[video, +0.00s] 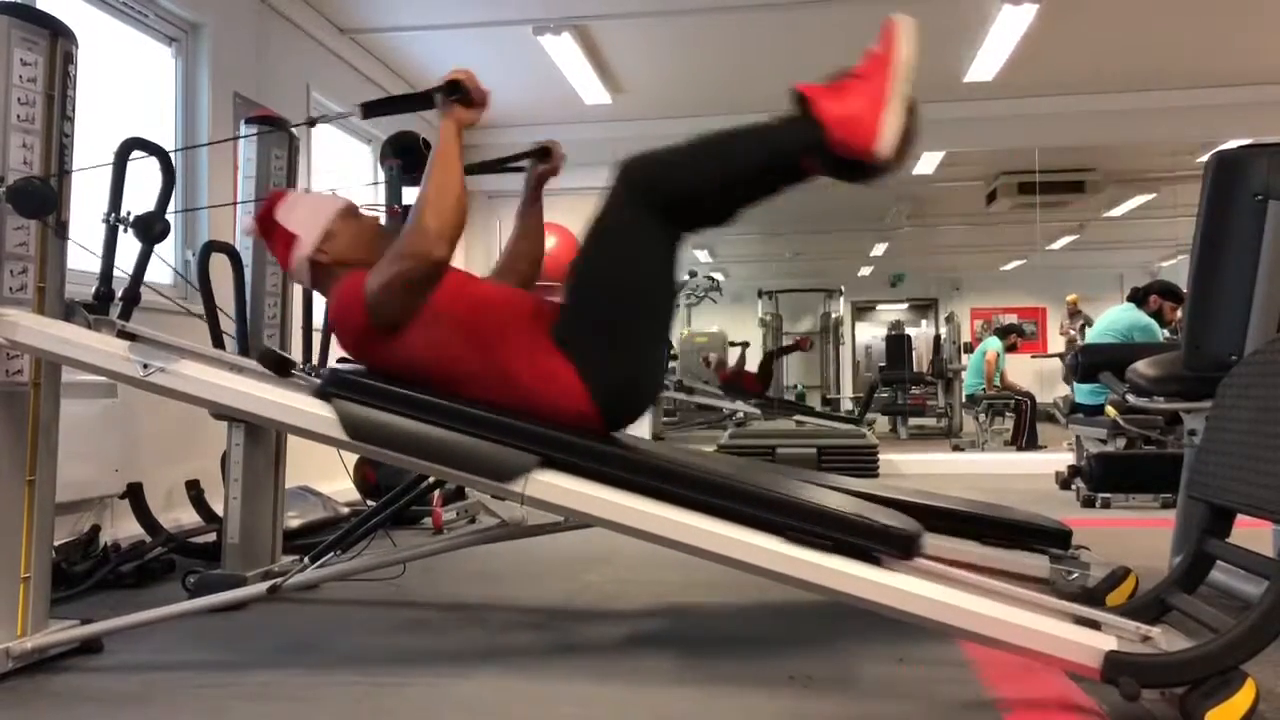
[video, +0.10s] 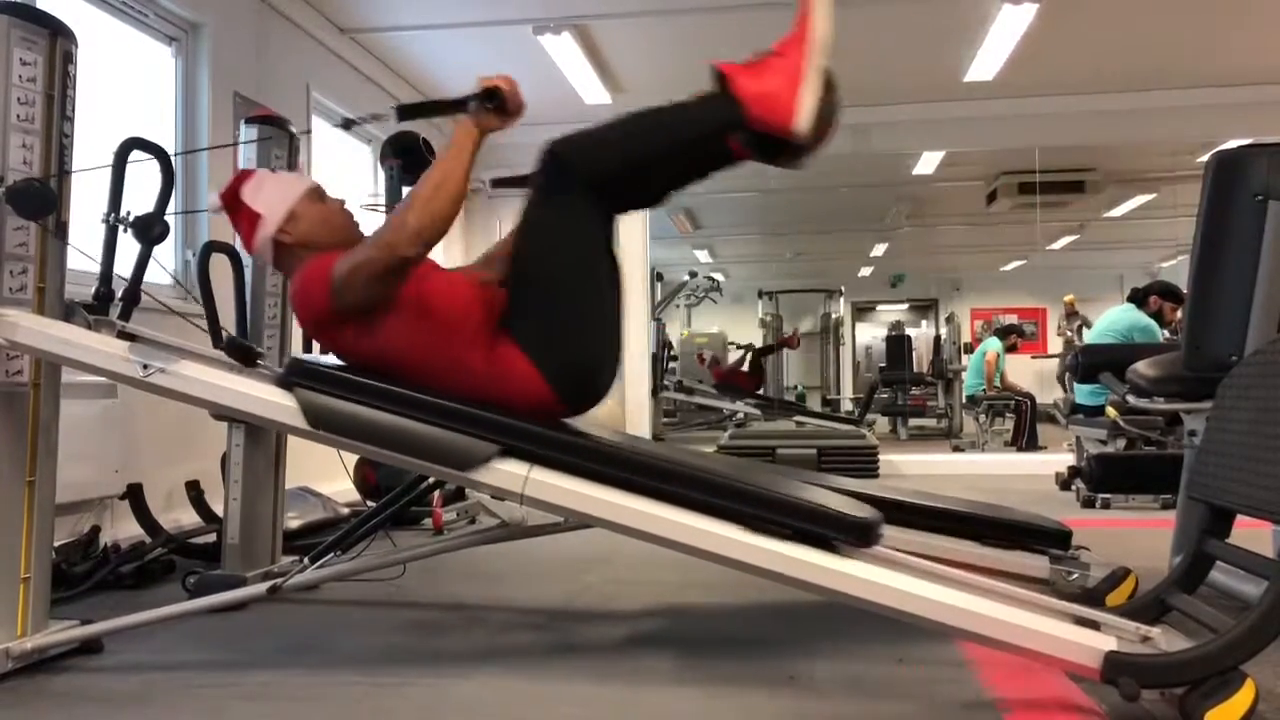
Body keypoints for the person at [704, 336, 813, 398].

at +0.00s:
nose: (720, 357)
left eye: (718, 356)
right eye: (718, 357)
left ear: (716, 366)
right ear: (717, 365)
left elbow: (739, 366)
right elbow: (739, 367)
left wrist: (742, 350)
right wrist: (743, 350)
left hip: (758, 384)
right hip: (760, 386)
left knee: (769, 356)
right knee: (769, 356)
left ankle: (797, 345)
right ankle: (798, 346)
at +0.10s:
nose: (719, 360)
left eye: (717, 358)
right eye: (716, 359)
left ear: (710, 365)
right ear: (714, 363)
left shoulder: (720, 373)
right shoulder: (720, 374)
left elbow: (736, 366)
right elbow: (736, 365)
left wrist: (745, 352)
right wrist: (745, 352)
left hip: (752, 382)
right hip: (754, 382)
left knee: (756, 353)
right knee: (757, 354)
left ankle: (785, 343)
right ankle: (786, 343)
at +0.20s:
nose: (714, 362)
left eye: (713, 361)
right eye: (712, 361)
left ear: (706, 364)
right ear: (710, 362)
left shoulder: (717, 373)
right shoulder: (717, 373)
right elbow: (735, 364)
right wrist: (743, 362)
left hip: (746, 380)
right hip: (748, 381)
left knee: (747, 352)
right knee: (748, 352)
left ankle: (775, 341)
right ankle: (776, 341)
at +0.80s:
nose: (714, 353)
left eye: (711, 351)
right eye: (711, 352)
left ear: (707, 360)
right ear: (710, 357)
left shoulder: (716, 368)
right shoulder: (718, 368)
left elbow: (735, 362)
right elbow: (736, 362)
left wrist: (746, 350)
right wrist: (747, 349)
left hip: (747, 382)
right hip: (750, 383)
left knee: (756, 353)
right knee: (757, 353)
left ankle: (784, 345)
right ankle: (785, 345)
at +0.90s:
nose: (720, 357)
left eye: (717, 355)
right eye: (717, 356)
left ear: (711, 363)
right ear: (715, 360)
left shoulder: (720, 371)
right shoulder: (721, 370)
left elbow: (738, 362)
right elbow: (738, 362)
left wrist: (745, 347)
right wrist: (746, 347)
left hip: (753, 385)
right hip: (755, 384)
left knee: (766, 358)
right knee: (767, 357)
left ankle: (797, 349)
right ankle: (798, 349)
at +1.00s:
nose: (720, 357)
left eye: (718, 356)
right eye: (718, 357)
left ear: (714, 364)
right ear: (715, 361)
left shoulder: (724, 372)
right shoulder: (725, 372)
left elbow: (740, 361)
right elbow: (741, 361)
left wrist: (743, 345)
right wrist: (744, 344)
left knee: (777, 362)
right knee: (778, 361)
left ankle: (806, 354)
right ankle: (807, 354)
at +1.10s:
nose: (727, 361)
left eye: (725, 360)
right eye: (724, 361)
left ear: (719, 366)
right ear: (722, 364)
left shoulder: (731, 374)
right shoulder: (729, 375)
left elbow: (742, 361)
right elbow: (742, 361)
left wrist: (741, 345)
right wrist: (741, 345)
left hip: (765, 385)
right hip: (765, 387)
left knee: (784, 365)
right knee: (784, 365)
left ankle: (816, 357)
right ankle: (816, 357)